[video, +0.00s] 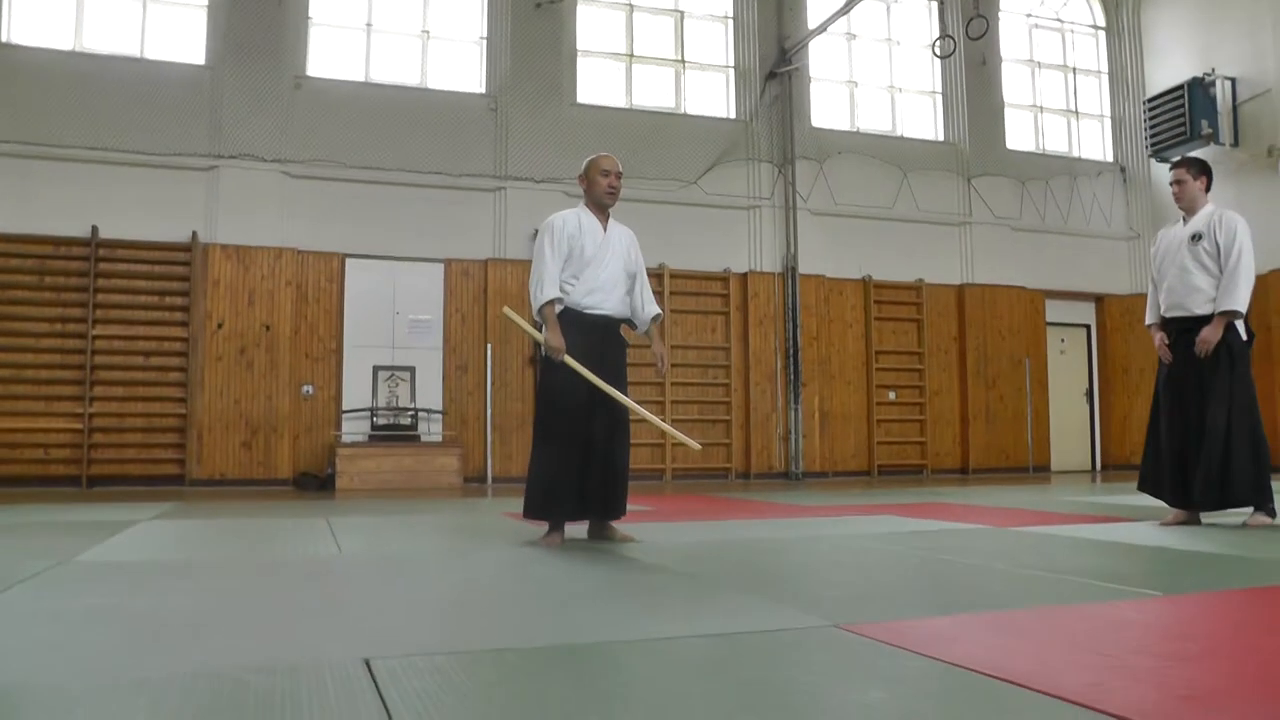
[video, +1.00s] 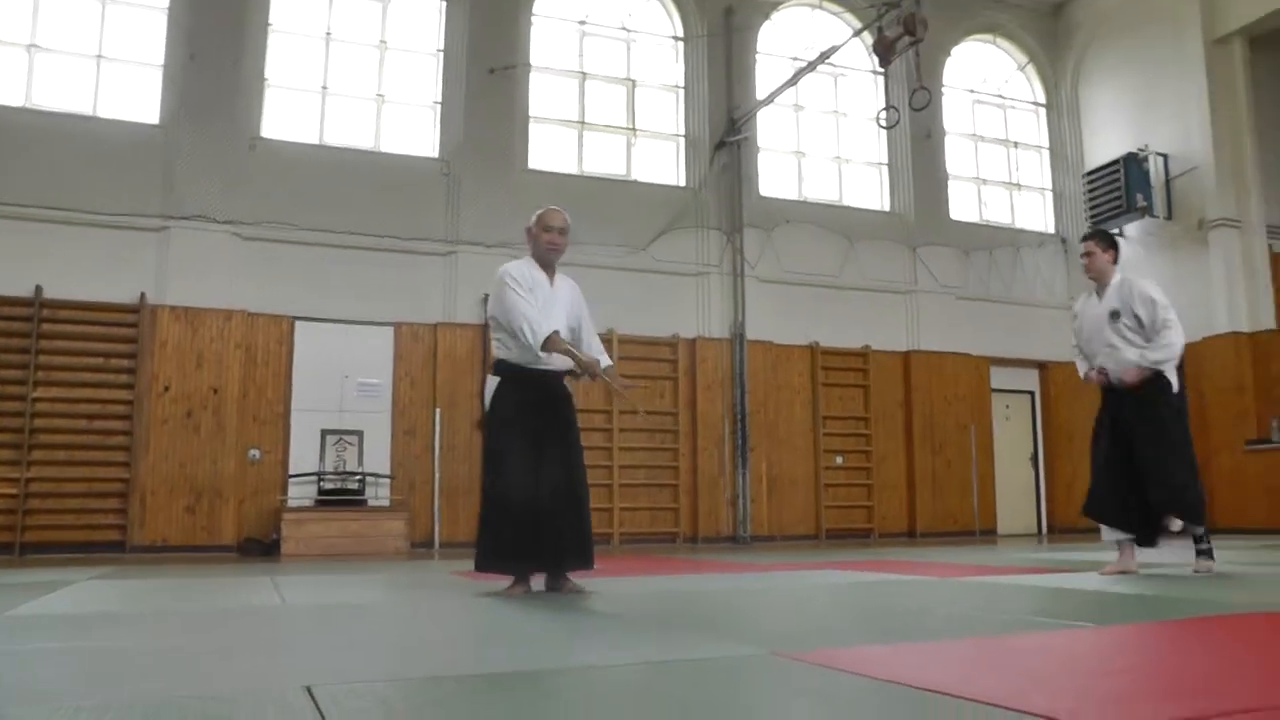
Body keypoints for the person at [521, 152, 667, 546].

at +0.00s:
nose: (614, 182)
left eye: (618, 177)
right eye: (605, 175)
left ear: (621, 186)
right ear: (584, 181)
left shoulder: (626, 236)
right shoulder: (561, 223)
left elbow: (641, 293)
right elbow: (545, 278)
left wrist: (656, 339)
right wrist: (552, 327)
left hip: (610, 337)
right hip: (569, 333)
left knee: (609, 426)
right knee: (562, 425)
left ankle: (600, 522)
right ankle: (556, 526)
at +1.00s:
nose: (555, 238)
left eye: (562, 232)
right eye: (547, 230)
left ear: (569, 240)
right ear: (530, 235)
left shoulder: (570, 289)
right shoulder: (511, 275)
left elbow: (589, 339)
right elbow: (529, 327)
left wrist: (608, 372)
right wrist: (573, 354)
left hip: (555, 390)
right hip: (516, 390)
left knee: (561, 480)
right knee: (516, 480)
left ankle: (557, 575)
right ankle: (521, 577)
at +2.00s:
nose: (426, 238)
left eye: (435, 229)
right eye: (422, 231)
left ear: (459, 230)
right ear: (420, 234)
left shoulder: (462, 272)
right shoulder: (449, 264)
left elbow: (402, 302)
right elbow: (413, 262)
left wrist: (330, 307)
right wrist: (380, 255)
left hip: (464, 392)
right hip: (469, 388)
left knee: (419, 485)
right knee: (471, 487)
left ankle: (419, 587)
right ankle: (480, 577)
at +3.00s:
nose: (499, 214)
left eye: (504, 208)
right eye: (489, 207)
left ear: (509, 218)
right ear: (468, 215)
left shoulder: (510, 273)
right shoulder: (453, 255)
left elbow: (532, 323)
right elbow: (496, 297)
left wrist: (584, 328)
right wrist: (553, 301)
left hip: (503, 382)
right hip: (464, 381)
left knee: (517, 477)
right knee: (460, 478)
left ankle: (527, 574)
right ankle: (453, 570)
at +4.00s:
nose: (301, 203)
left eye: (302, 196)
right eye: (302, 196)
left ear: (311, 194)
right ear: (343, 193)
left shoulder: (301, 236)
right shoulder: (376, 239)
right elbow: (400, 291)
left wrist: (221, 281)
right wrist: (411, 301)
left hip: (330, 357)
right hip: (374, 356)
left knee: (286, 464)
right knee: (379, 460)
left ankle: (245, 582)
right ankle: (407, 570)